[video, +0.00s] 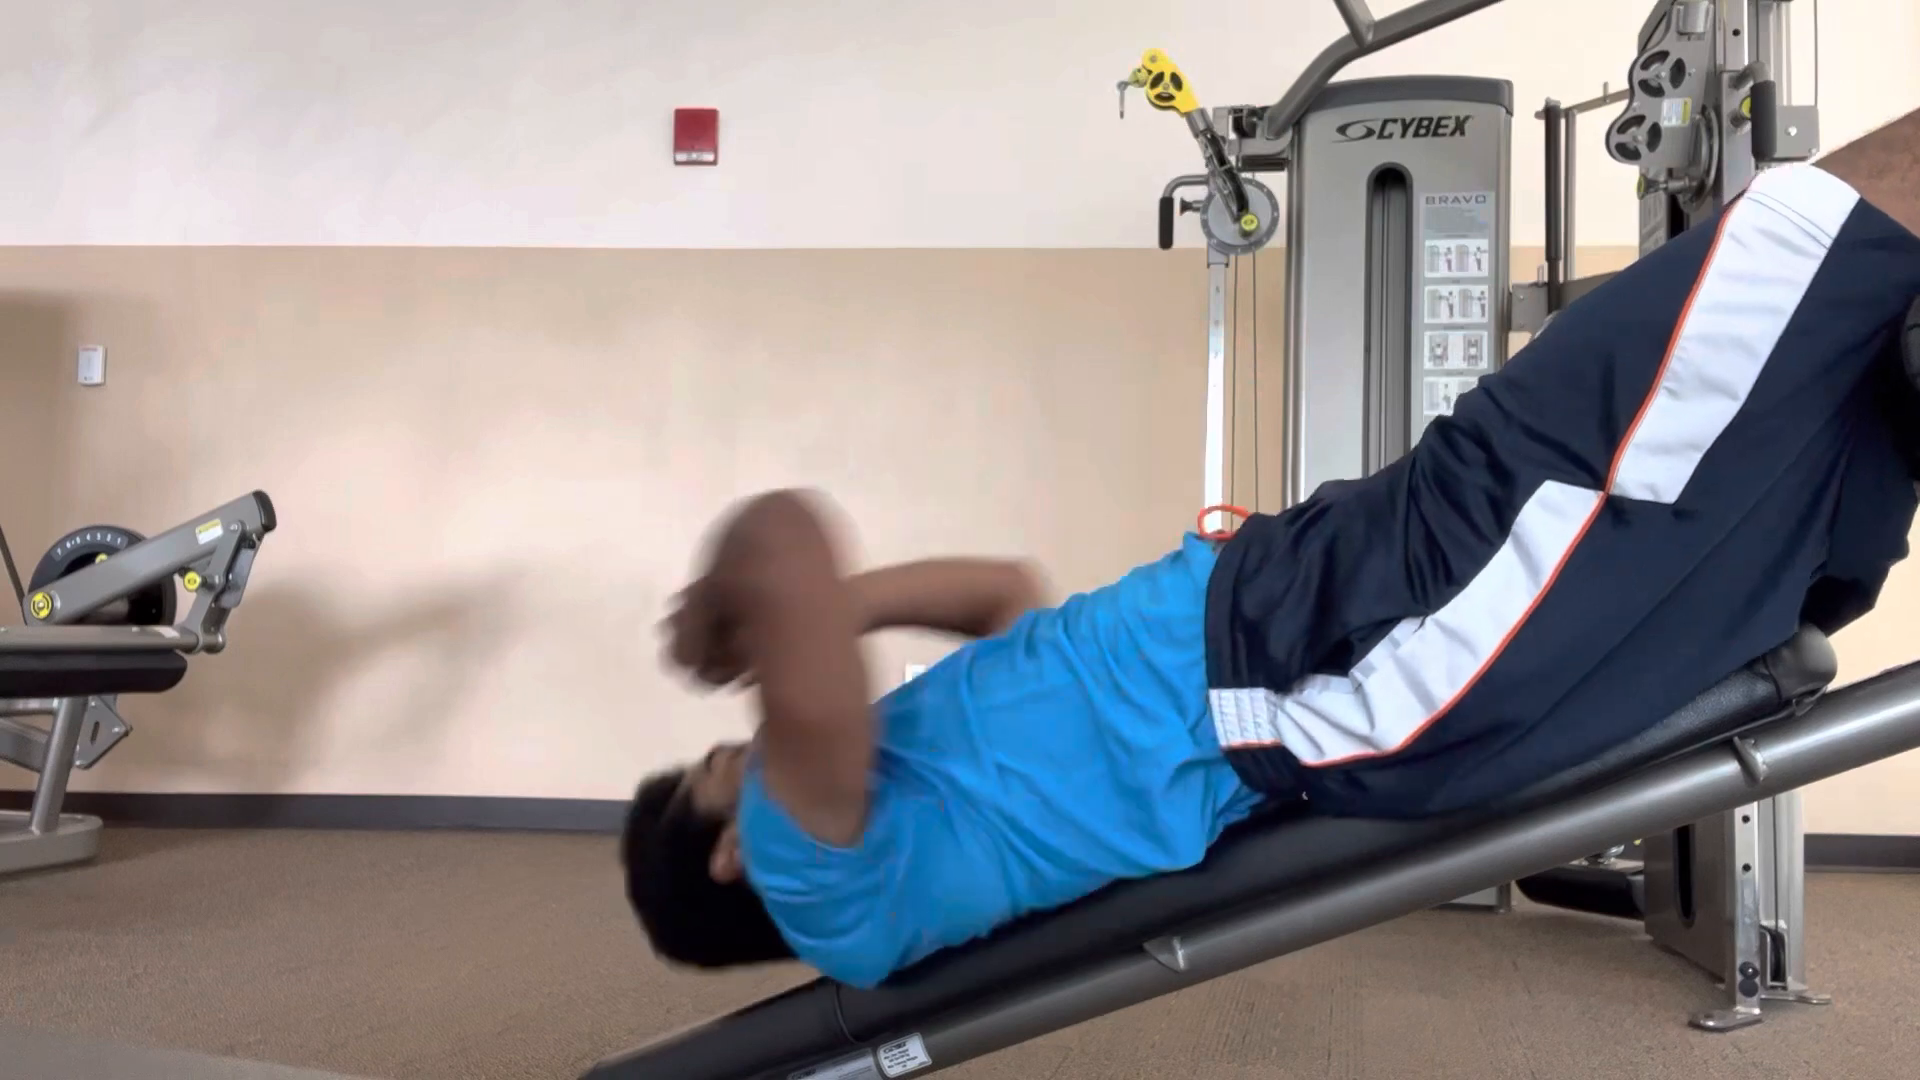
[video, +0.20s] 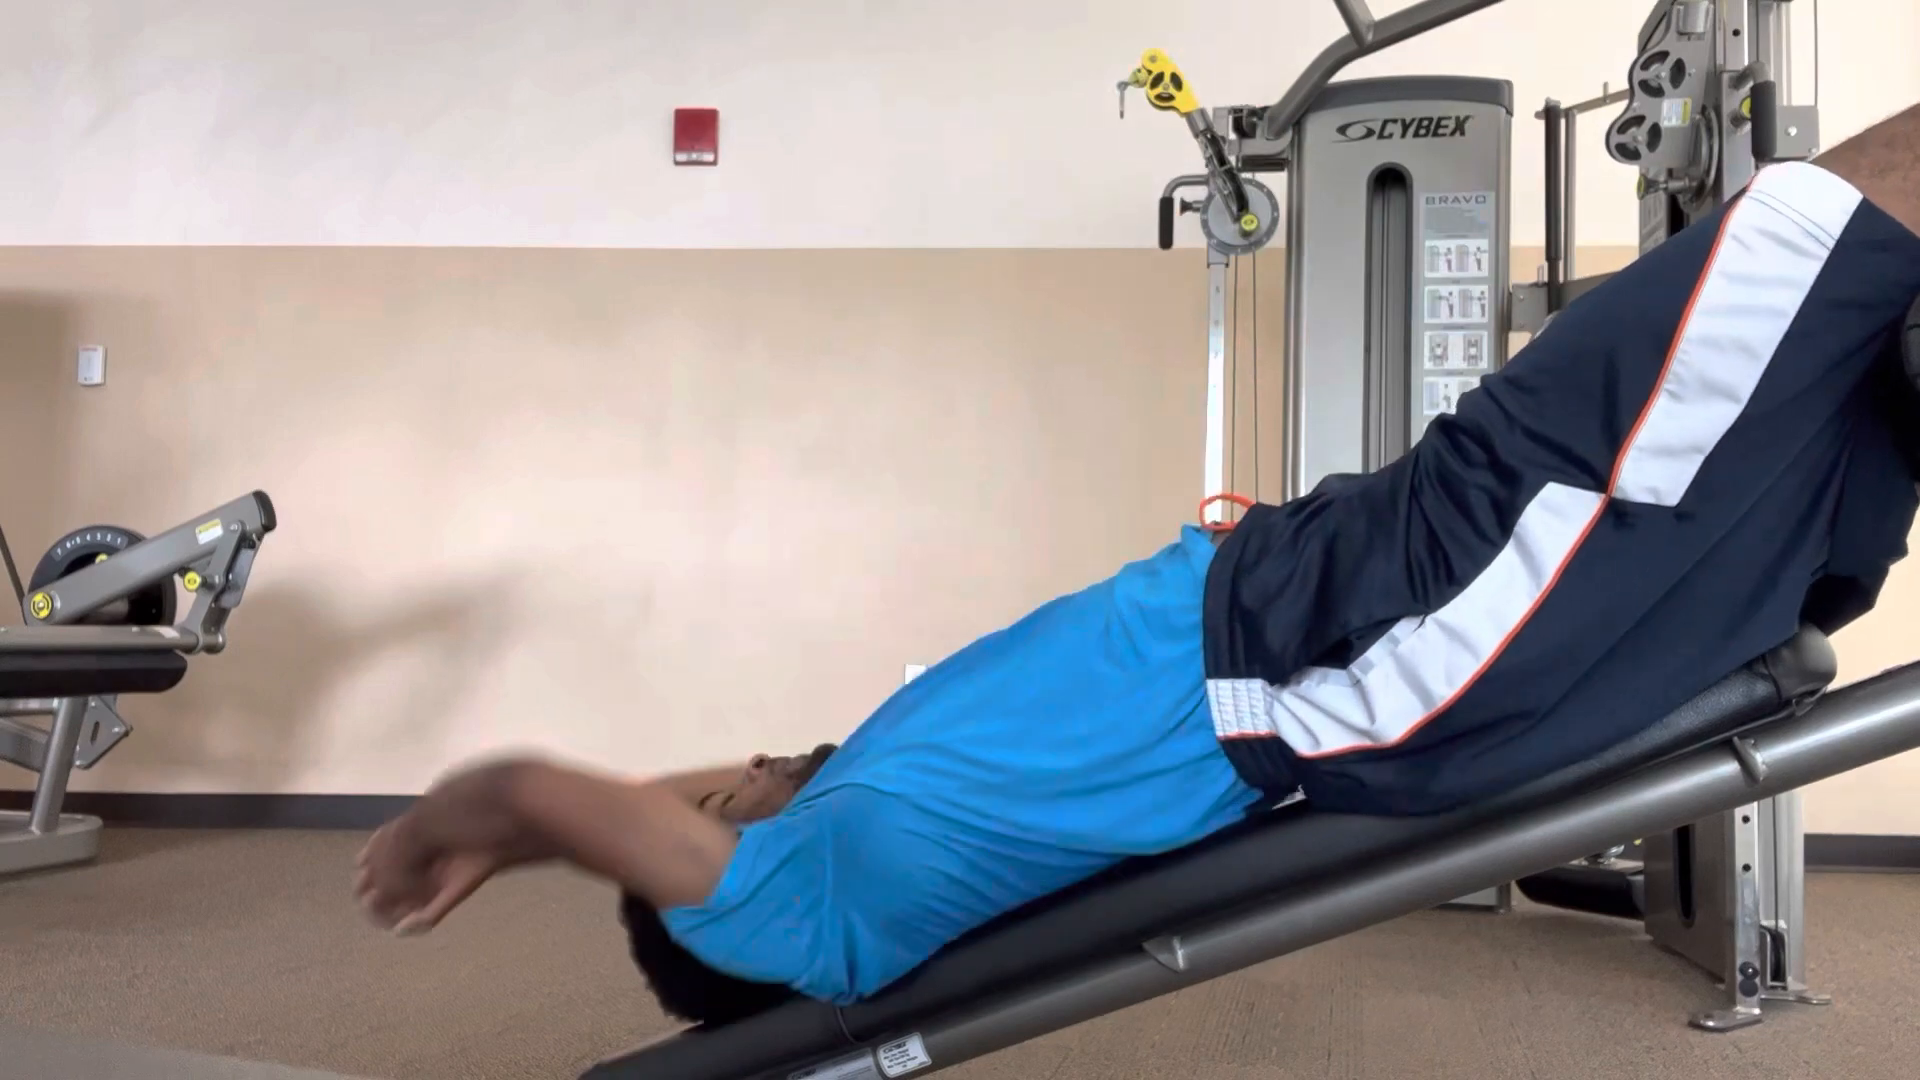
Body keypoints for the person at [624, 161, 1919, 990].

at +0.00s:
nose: (743, 753)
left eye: (724, 760)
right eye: (717, 777)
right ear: (729, 844)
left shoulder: (899, 778)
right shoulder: (818, 870)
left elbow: (1009, 593)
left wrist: (821, 608)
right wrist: (747, 579)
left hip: (1325, 581)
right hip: (1309, 682)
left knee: (1866, 191)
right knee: (1823, 215)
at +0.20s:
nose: (711, 768)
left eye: (677, 789)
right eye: (692, 803)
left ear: (682, 815)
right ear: (711, 864)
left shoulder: (868, 806)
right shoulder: (807, 899)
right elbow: (539, 782)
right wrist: (449, 828)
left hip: (1410, 556)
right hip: (1402, 648)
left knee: (1871, 189)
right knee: (1846, 186)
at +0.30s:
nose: (742, 784)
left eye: (719, 778)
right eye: (728, 808)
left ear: (728, 767)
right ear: (743, 857)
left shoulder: (871, 778)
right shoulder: (828, 904)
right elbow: (586, 858)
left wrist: (1201, 544)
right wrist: (454, 877)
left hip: (1314, 568)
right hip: (1342, 657)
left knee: (1863, 184)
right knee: (1843, 188)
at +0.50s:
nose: (715, 757)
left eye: (695, 763)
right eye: (693, 779)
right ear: (713, 843)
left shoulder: (881, 813)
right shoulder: (773, 866)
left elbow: (995, 562)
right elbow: (735, 569)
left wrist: (782, 582)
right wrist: (724, 589)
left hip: (1338, 587)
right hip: (1321, 671)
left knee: (1869, 184)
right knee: (1838, 199)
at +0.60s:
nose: (799, 610)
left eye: (764, 605)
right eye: (753, 639)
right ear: (738, 742)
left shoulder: (933, 732)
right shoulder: (837, 809)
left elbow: (1218, 562)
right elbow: (1027, 604)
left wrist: (1087, 417)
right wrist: (1042, 393)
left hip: (1347, 598)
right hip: (1335, 666)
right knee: (1871, 176)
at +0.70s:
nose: (847, 464)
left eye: (820, 451)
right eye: (799, 469)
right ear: (752, 567)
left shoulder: (964, 608)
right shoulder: (848, 685)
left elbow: (1255, 587)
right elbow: (1142, 635)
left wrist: (1320, 380)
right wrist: (1292, 368)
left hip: (1403, 605)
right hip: (1371, 642)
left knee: (1892, 434)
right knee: (1877, 166)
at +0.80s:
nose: (883, 356)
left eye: (856, 339)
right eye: (835, 351)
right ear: (770, 442)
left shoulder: (957, 530)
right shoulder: (850, 578)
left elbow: (1213, 580)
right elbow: (1150, 606)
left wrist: (1358, 377)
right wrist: (1350, 370)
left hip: (1403, 619)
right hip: (1358, 654)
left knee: (1885, 441)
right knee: (1873, 168)